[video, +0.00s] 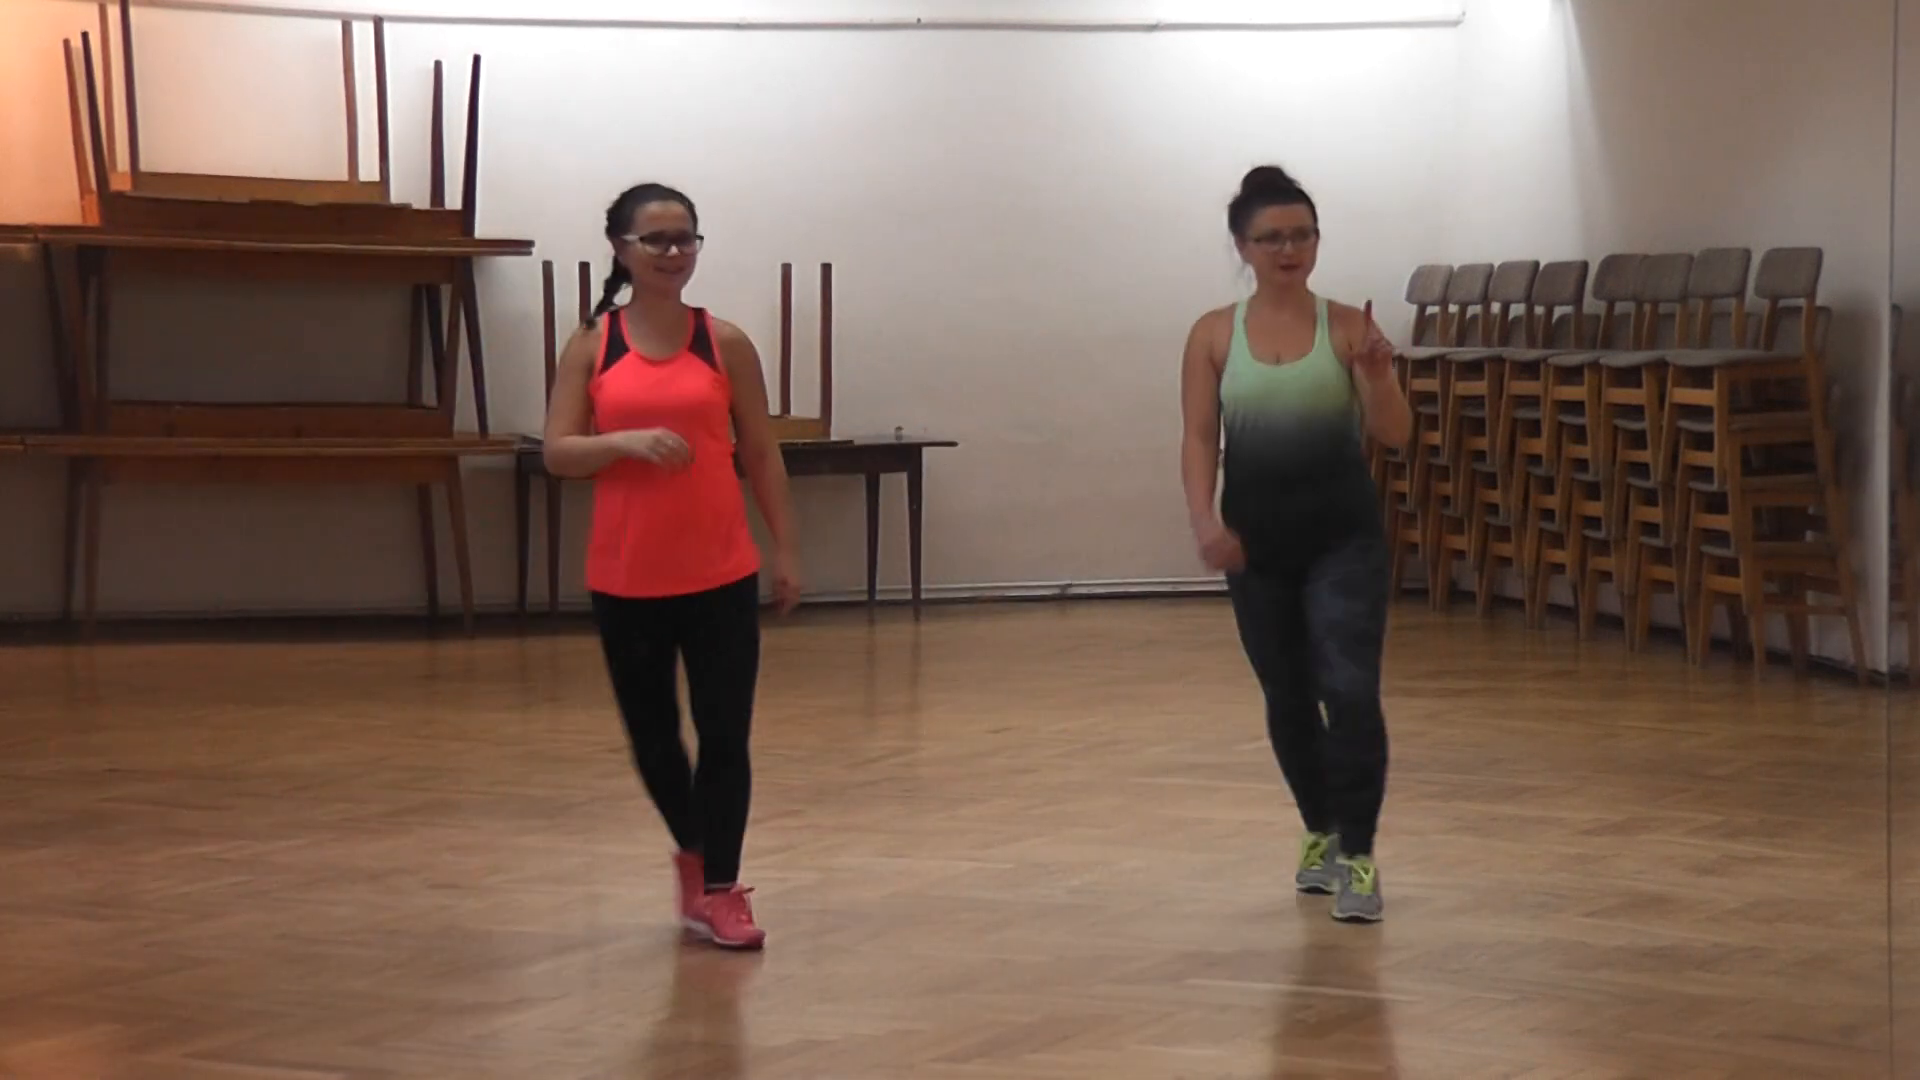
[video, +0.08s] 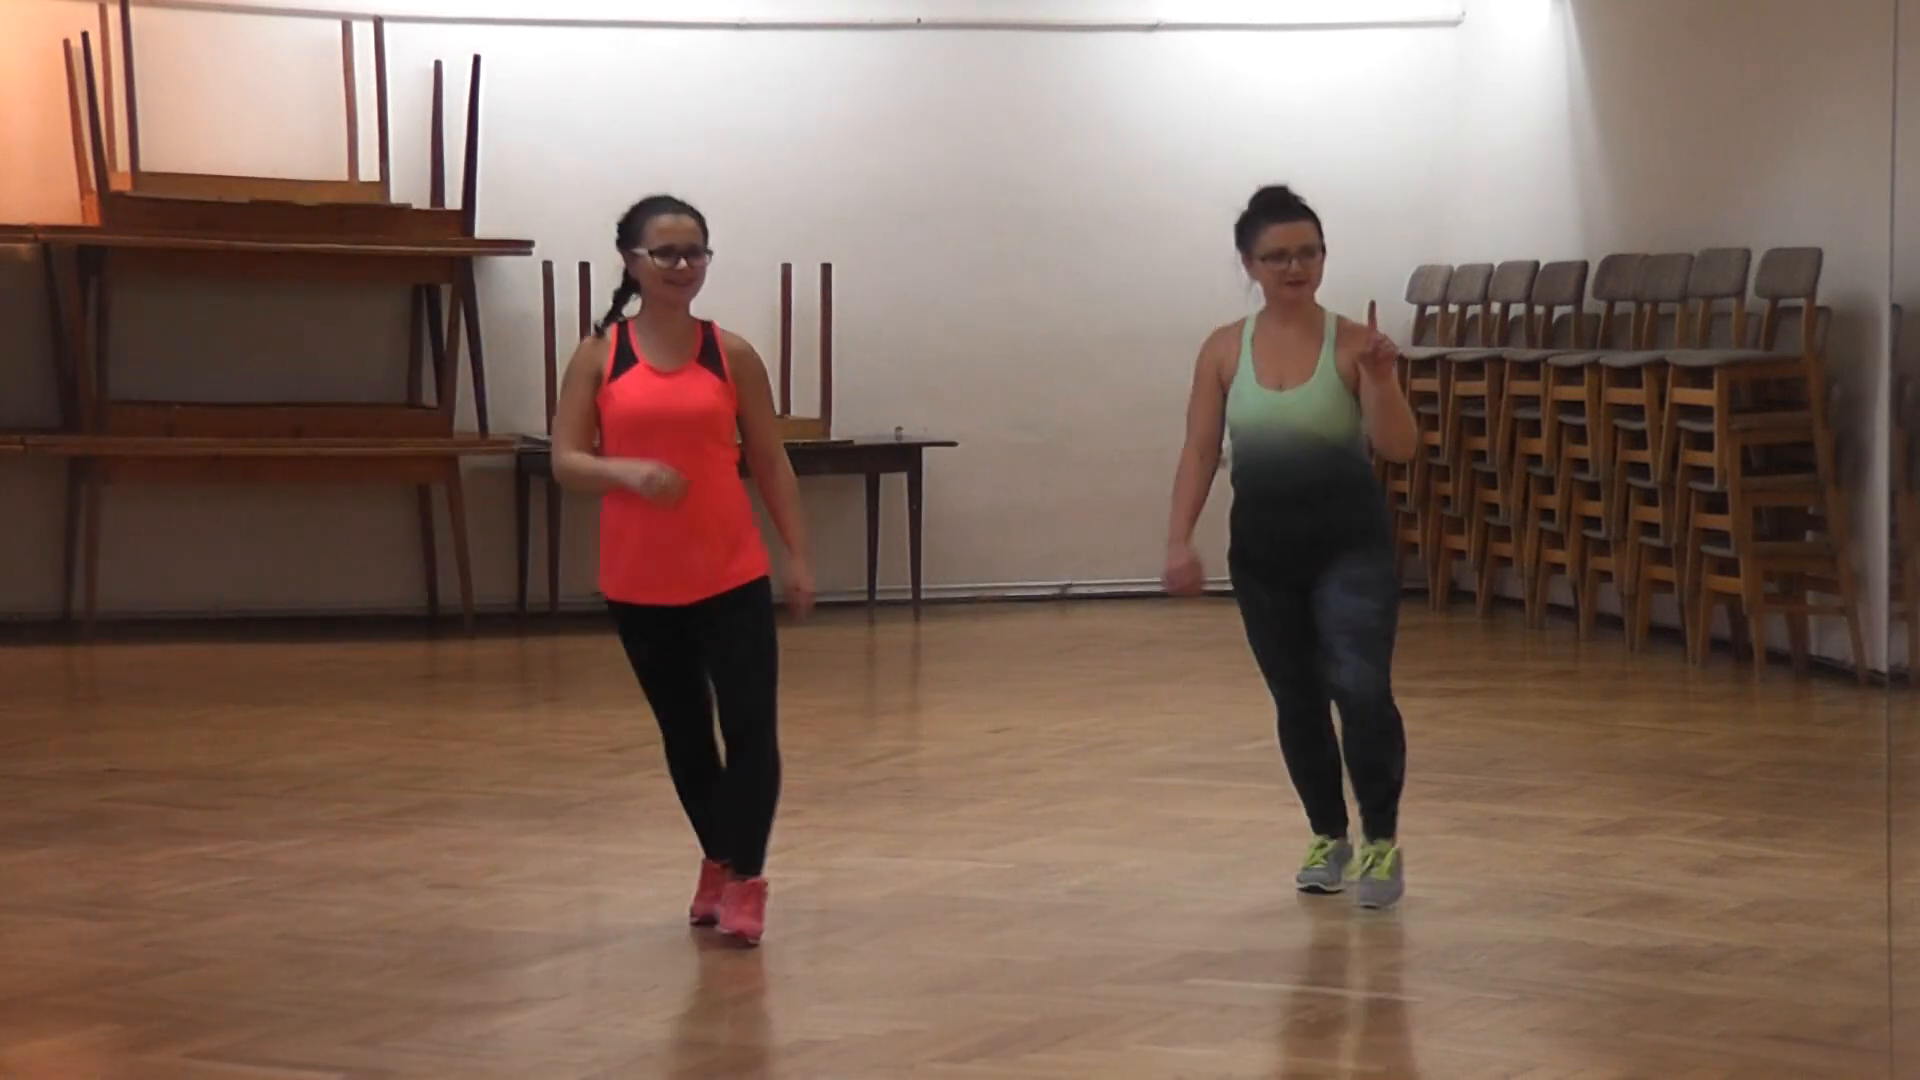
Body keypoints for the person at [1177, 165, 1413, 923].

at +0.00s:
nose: (1291, 248)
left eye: (1302, 233)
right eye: (1273, 237)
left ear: (1317, 239)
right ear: (1242, 246)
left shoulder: (1350, 325)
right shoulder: (1215, 335)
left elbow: (1395, 434)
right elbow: (1200, 439)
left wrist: (1379, 376)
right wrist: (1207, 524)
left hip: (1345, 541)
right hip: (1259, 546)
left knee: (1350, 691)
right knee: (1287, 698)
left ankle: (1355, 851)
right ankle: (1319, 830)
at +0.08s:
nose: (1297, 267)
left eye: (1308, 252)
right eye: (1279, 255)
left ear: (1323, 255)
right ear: (1249, 264)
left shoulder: (1356, 342)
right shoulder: (1225, 349)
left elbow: (1399, 447)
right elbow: (1201, 451)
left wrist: (1379, 381)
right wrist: (1180, 540)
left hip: (1351, 547)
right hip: (1265, 553)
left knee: (1361, 687)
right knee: (1296, 700)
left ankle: (1379, 841)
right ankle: (1330, 839)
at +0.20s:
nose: (1301, 260)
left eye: (1311, 243)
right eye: (1283, 250)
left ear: (1330, 243)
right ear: (1258, 261)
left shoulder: (1367, 334)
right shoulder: (1241, 339)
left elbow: (1414, 442)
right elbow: (1206, 439)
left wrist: (1393, 373)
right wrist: (1152, 514)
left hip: (1357, 547)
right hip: (1272, 551)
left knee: (1360, 699)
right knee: (1299, 704)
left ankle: (1399, 843)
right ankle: (1330, 837)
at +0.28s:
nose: (1300, 248)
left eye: (1310, 229)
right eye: (1280, 240)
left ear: (1331, 225)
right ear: (1259, 251)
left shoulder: (1375, 317)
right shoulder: (1251, 322)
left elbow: (1432, 425)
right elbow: (1218, 410)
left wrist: (1407, 357)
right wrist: (1147, 468)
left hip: (1363, 538)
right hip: (1276, 540)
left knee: (1366, 694)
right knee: (1271, 698)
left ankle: (1400, 842)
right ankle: (1324, 821)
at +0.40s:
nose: (1293, 239)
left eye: (1303, 221)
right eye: (1273, 232)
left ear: (1326, 217)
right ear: (1256, 243)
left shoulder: (1373, 304)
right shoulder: (1263, 307)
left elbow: (1450, 396)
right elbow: (1245, 378)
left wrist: (1410, 345)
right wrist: (1173, 407)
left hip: (1366, 527)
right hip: (1280, 523)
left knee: (1372, 688)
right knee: (1235, 662)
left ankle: (1402, 844)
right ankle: (1292, 820)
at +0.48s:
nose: (1285, 244)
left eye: (1296, 226)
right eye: (1267, 235)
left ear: (1322, 225)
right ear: (1251, 246)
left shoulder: (1371, 311)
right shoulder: (1263, 310)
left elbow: (1447, 395)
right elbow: (1265, 377)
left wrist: (1407, 378)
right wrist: (1192, 406)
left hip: (1366, 535)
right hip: (1278, 529)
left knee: (1373, 693)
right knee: (1230, 669)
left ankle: (1403, 846)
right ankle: (1256, 844)